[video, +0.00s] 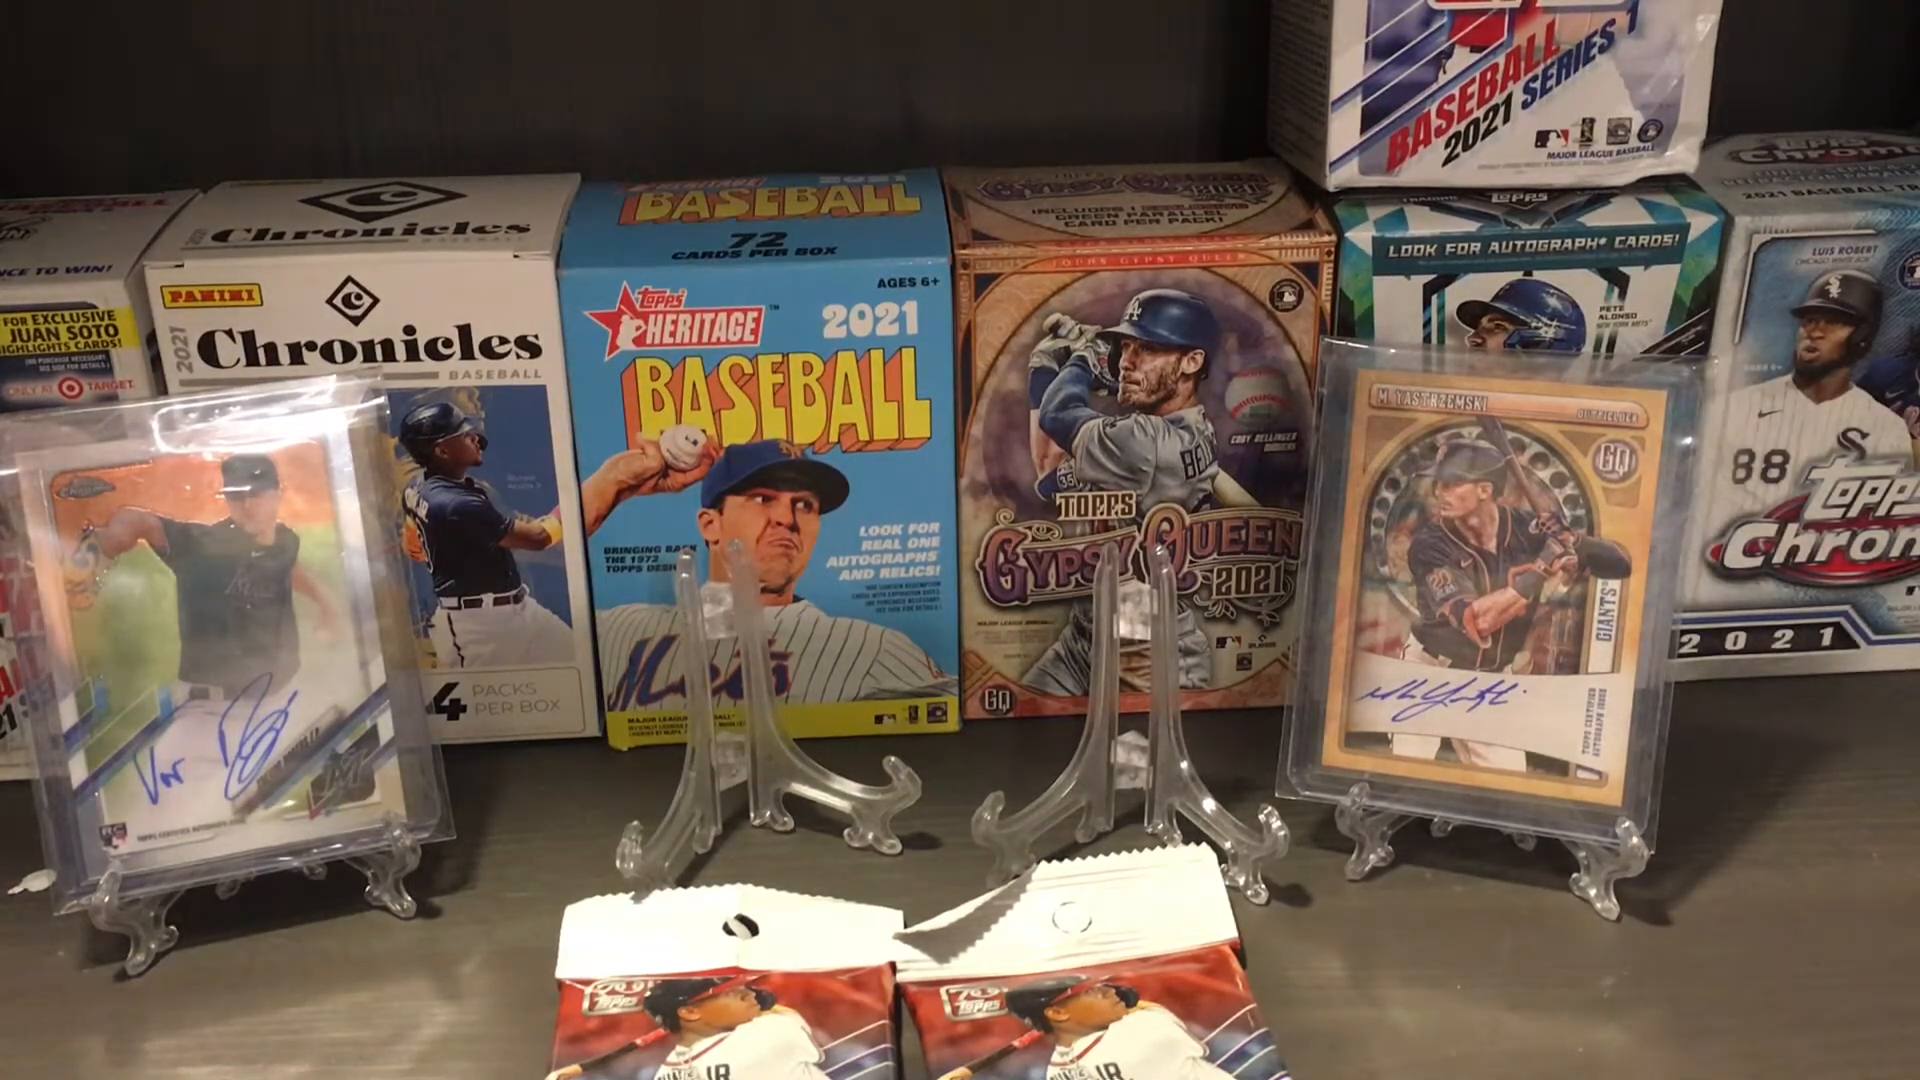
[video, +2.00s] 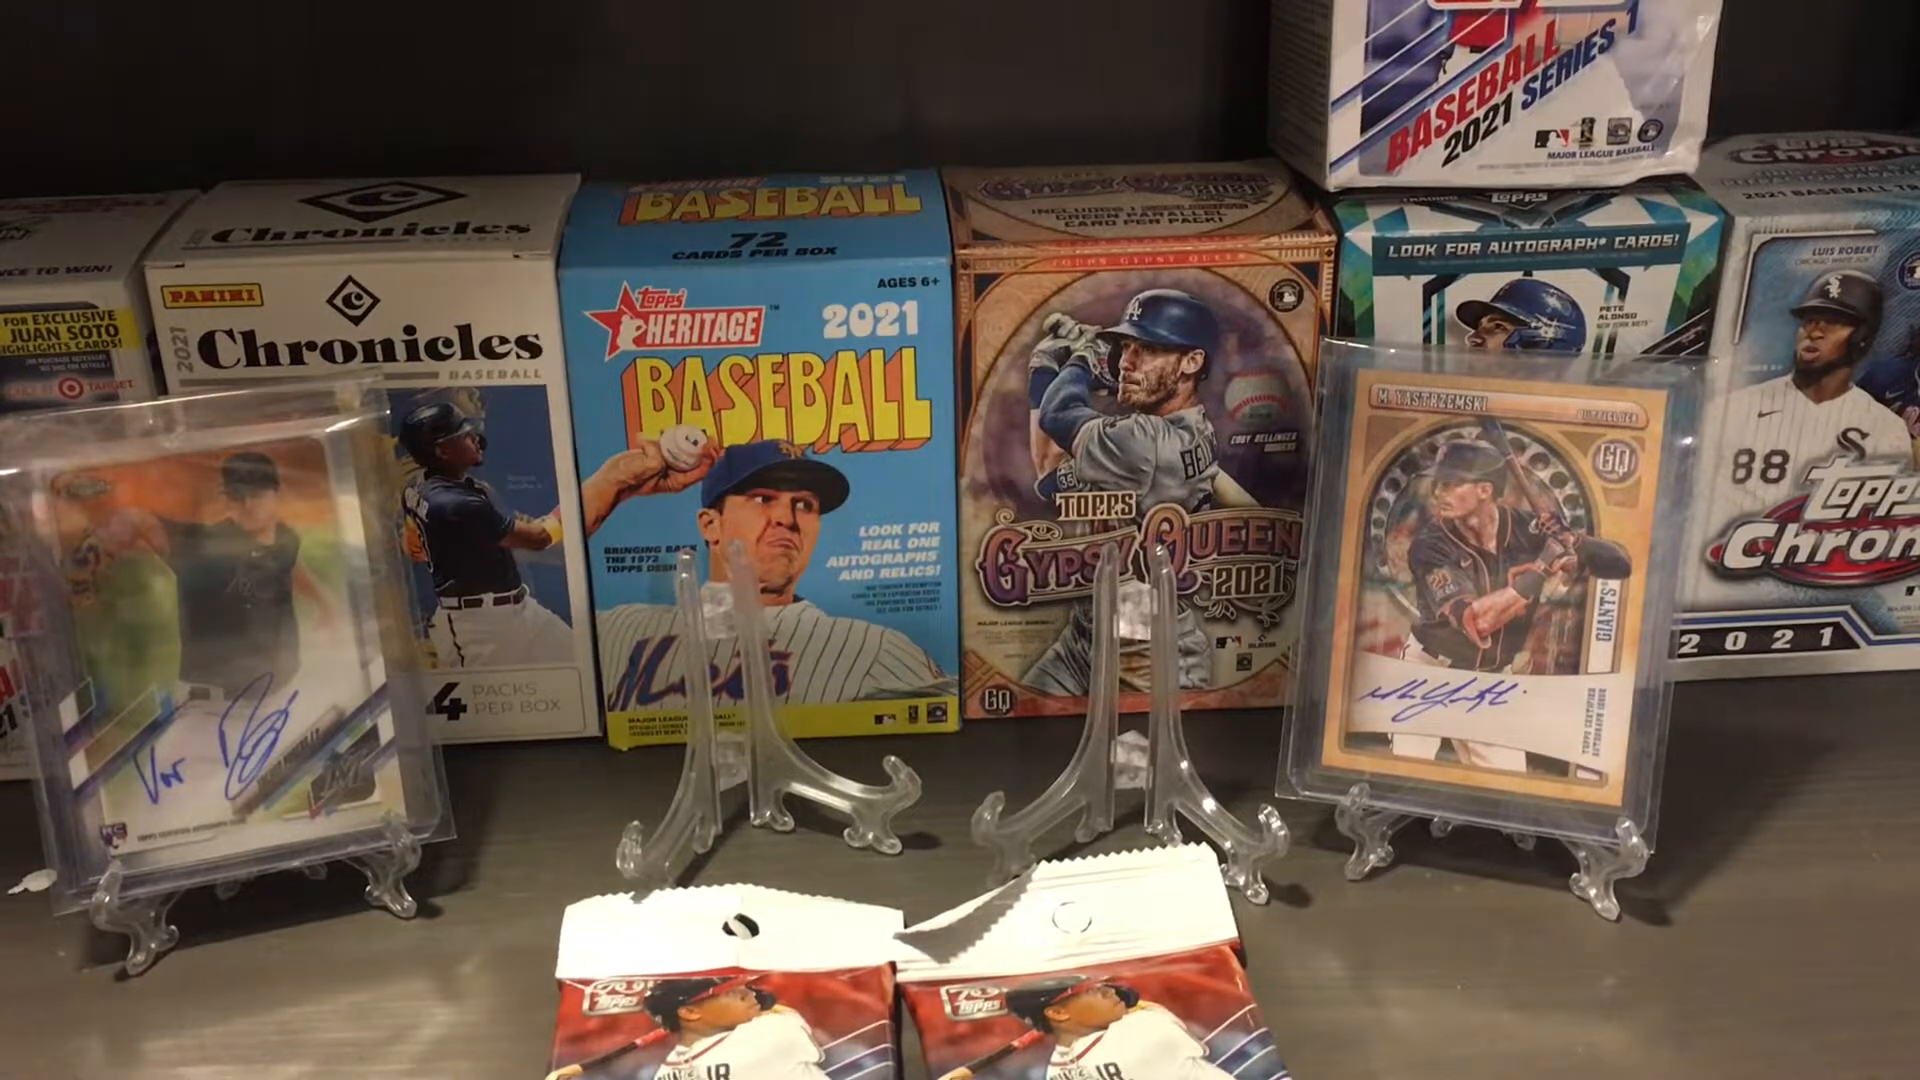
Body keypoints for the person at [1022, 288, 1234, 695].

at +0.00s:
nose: (1127, 361)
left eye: (1145, 349)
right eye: (1126, 347)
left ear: (1191, 363)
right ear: (1118, 349)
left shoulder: (1143, 442)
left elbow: (1060, 411)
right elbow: (1049, 476)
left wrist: (1083, 362)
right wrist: (1043, 366)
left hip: (1159, 650)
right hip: (1087, 642)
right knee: (1011, 738)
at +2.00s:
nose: (1127, 362)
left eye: (1147, 350)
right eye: (1127, 347)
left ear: (1190, 363)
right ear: (1121, 348)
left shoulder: (1139, 440)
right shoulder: (1189, 431)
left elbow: (1060, 410)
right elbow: (1048, 477)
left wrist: (1085, 362)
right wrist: (1041, 372)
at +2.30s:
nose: (1128, 361)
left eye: (1148, 350)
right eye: (1127, 347)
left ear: (1190, 363)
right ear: (1121, 347)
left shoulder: (1139, 440)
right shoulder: (1190, 432)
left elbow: (1060, 410)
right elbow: (1049, 476)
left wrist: (1085, 362)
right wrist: (1041, 373)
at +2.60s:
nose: (1127, 361)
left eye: (1147, 350)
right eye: (1126, 347)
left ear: (1190, 363)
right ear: (1121, 348)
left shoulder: (1139, 440)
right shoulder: (1190, 431)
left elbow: (1060, 409)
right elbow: (1048, 475)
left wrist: (1085, 361)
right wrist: (1041, 371)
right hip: (1089, 642)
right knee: (1010, 737)